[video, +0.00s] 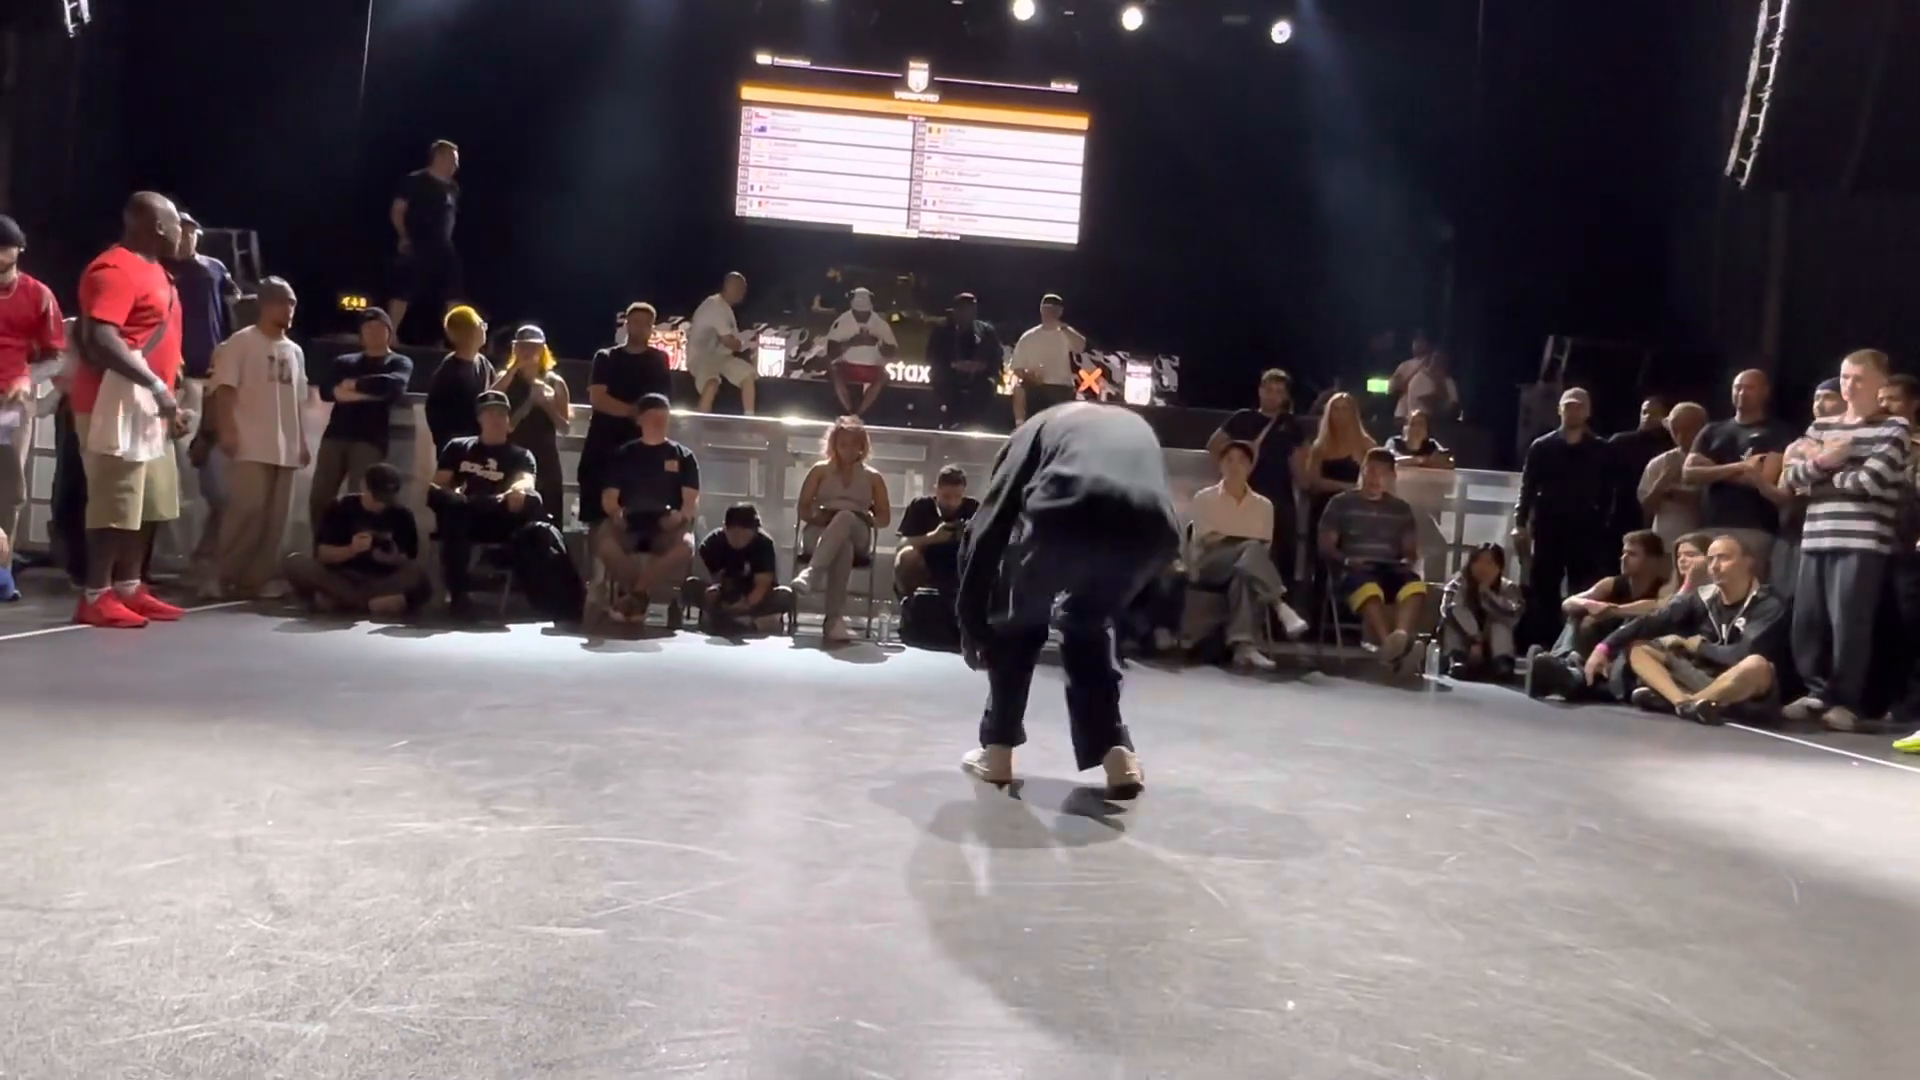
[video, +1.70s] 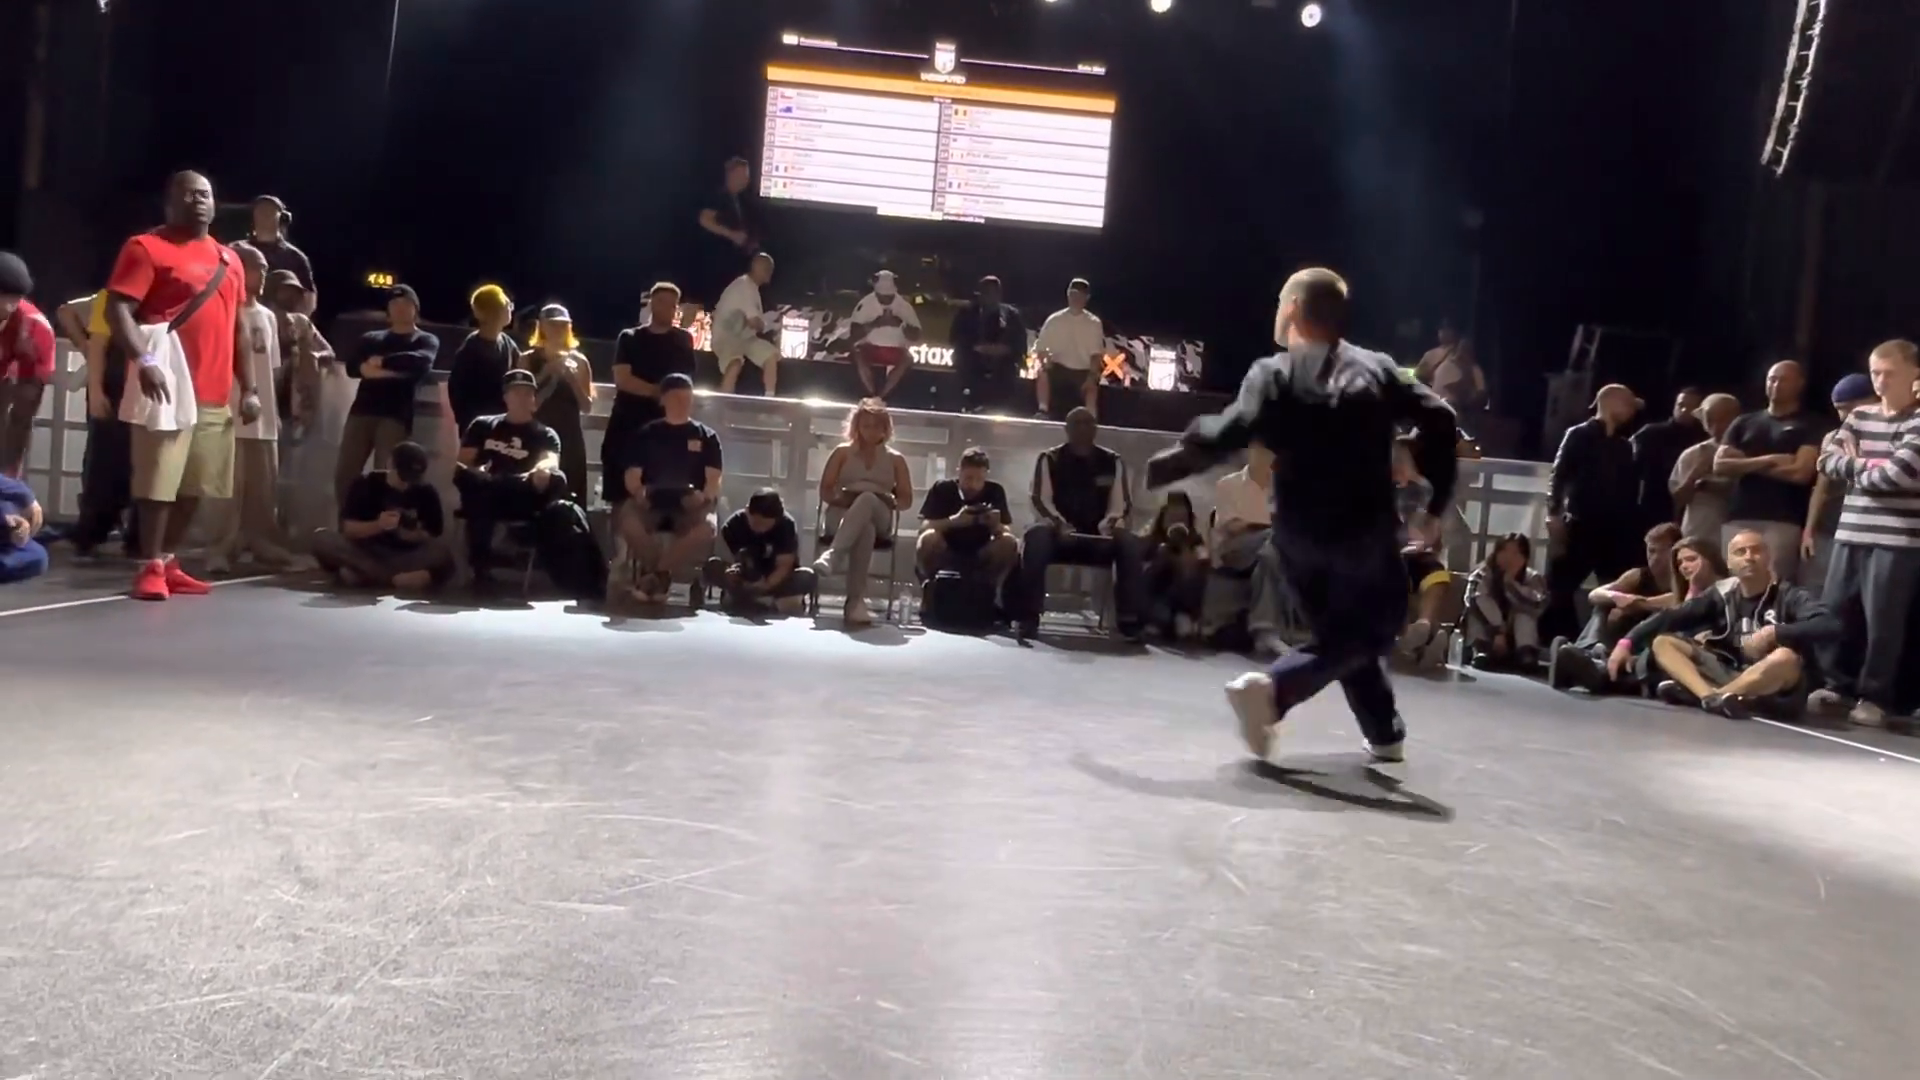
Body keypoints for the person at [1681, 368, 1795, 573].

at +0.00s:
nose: (1741, 393)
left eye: (1748, 388)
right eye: (1737, 388)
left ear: (1764, 393)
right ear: (1732, 392)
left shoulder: (1778, 434)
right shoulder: (1712, 430)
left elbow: (1764, 481)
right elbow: (1689, 472)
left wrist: (1713, 470)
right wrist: (1742, 467)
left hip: (1755, 529)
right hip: (1713, 525)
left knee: (1749, 601)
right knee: (1710, 598)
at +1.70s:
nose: (1775, 384)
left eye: (1782, 380)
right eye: (1772, 379)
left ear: (1799, 384)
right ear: (1766, 383)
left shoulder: (1810, 426)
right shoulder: (1744, 422)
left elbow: (1802, 473)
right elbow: (1719, 465)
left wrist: (1747, 463)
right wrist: (1773, 460)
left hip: (1782, 522)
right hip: (1739, 519)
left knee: (1776, 599)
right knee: (1735, 597)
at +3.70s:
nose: (1779, 384)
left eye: (1787, 379)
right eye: (1775, 379)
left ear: (1803, 384)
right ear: (1769, 383)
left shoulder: (1812, 425)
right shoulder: (1746, 422)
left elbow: (1804, 470)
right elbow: (1722, 464)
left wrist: (1748, 462)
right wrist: (1775, 461)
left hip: (1784, 521)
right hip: (1741, 519)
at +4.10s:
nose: (1780, 385)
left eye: (1787, 380)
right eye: (1776, 380)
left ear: (1802, 385)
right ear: (1770, 384)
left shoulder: (1814, 428)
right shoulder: (1746, 424)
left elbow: (1808, 476)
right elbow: (1723, 466)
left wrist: (1749, 463)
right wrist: (1778, 462)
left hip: (1786, 522)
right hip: (1742, 521)